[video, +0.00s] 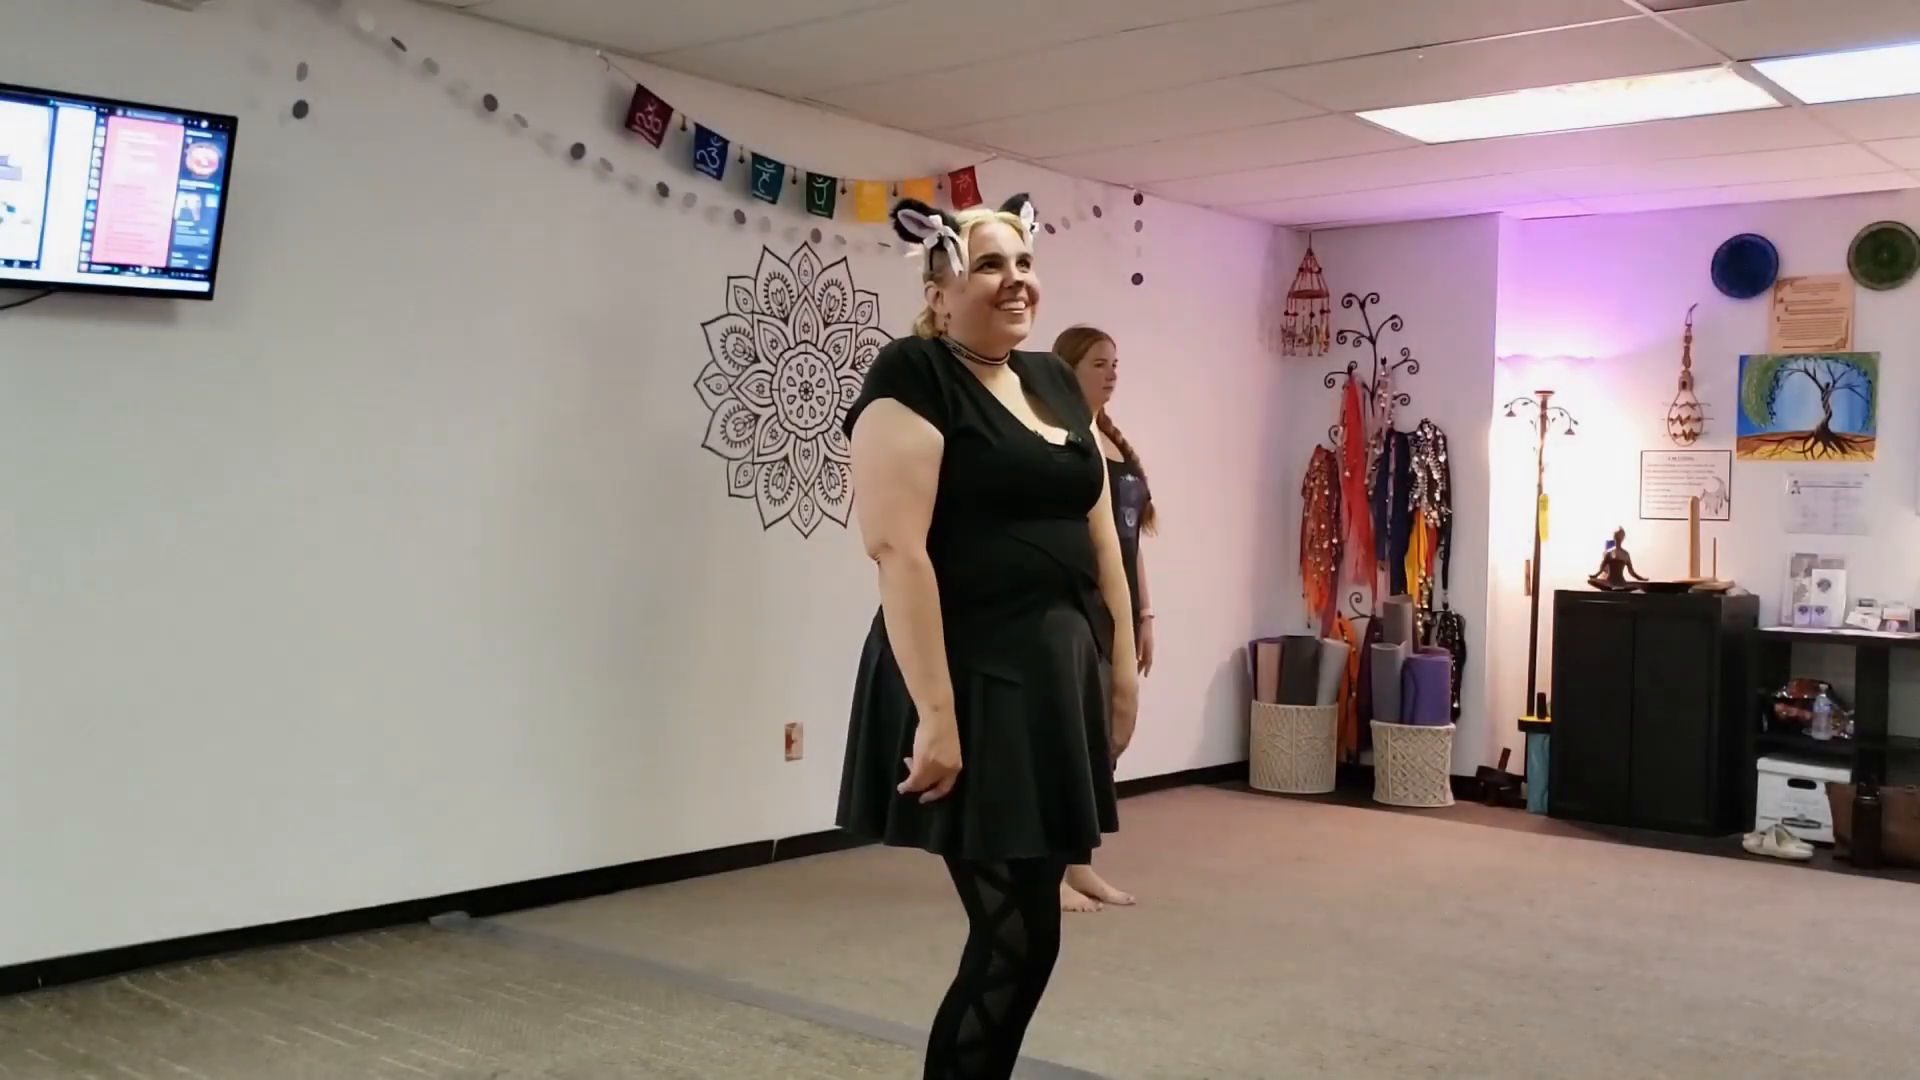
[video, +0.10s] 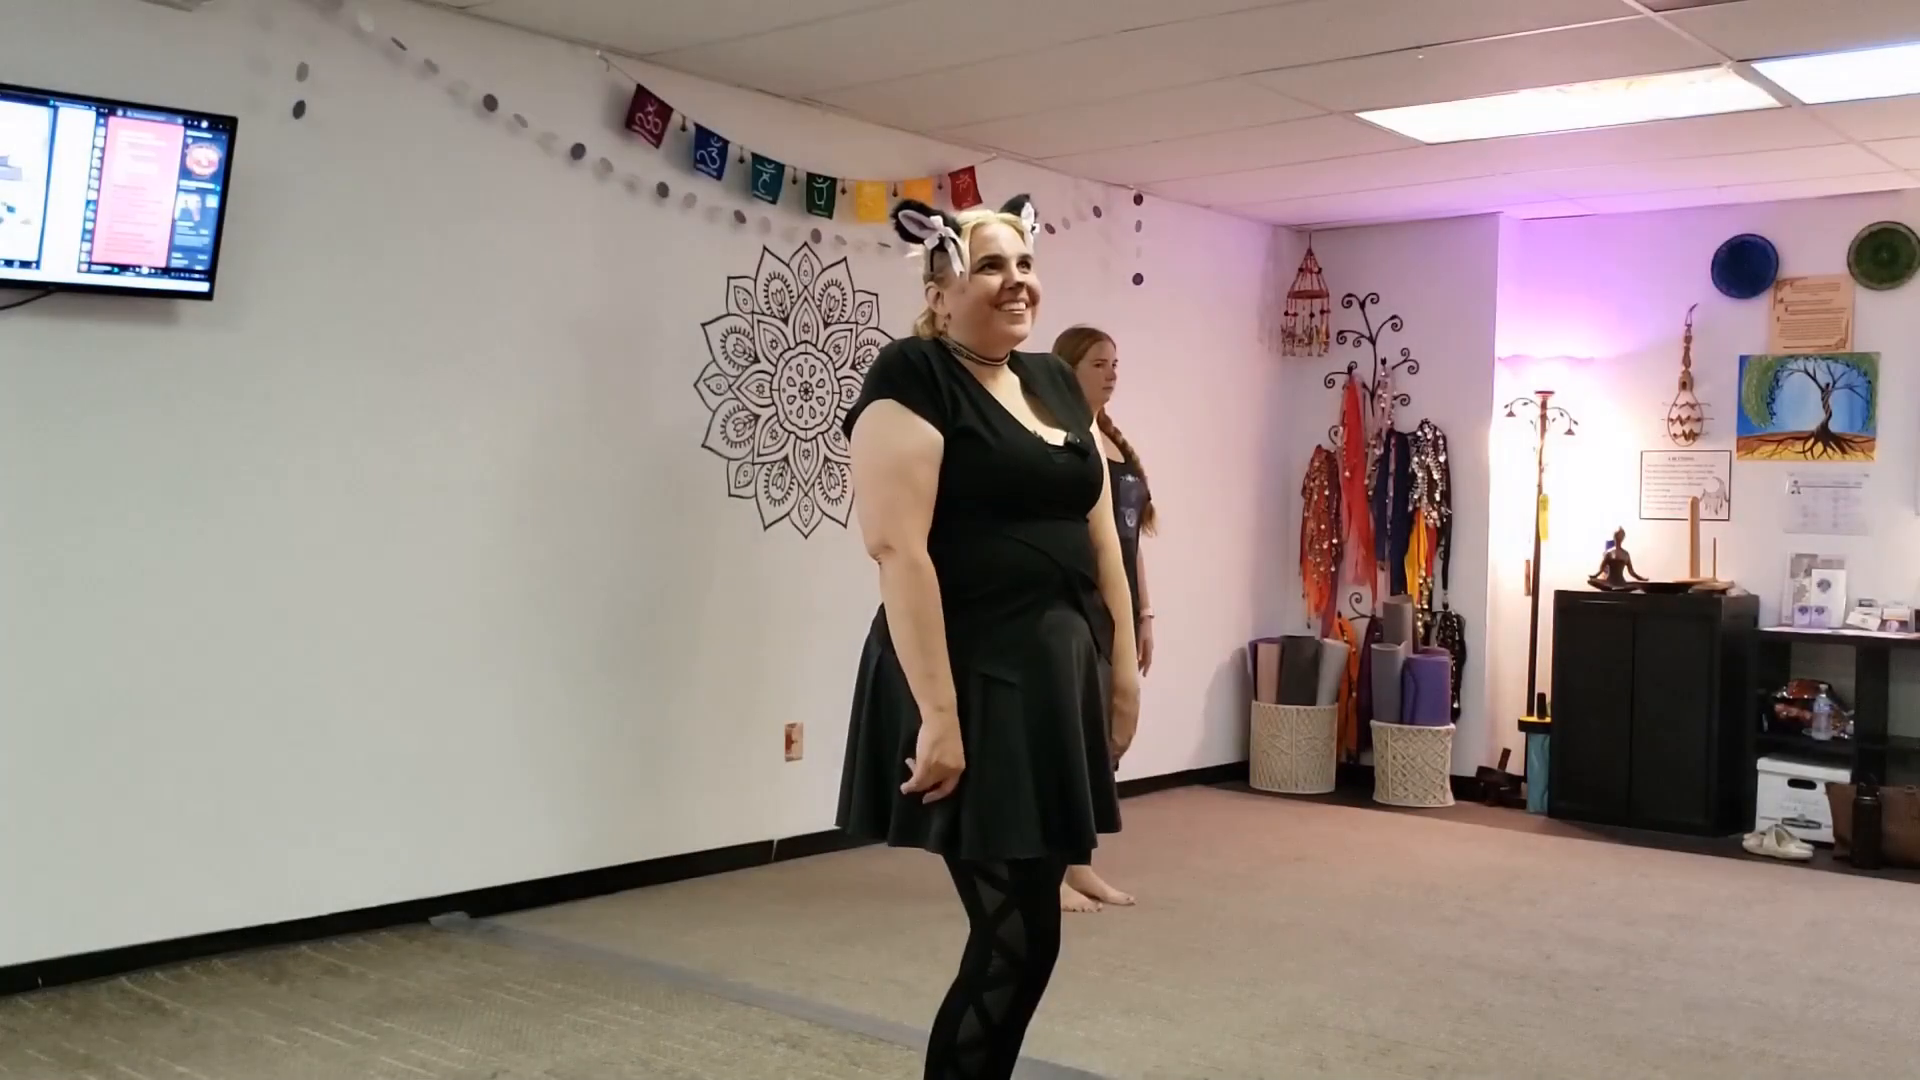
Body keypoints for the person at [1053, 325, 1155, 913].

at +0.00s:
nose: (1112, 374)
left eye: (1114, 364)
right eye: (1100, 364)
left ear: (1112, 373)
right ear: (1068, 370)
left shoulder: (1118, 443)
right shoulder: (1053, 438)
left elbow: (1130, 538)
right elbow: (1056, 532)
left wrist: (1144, 616)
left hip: (1112, 606)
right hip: (1063, 604)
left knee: (1095, 728)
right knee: (1057, 729)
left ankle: (1077, 859)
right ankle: (1048, 868)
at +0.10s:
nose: (1112, 374)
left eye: (1114, 364)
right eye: (1100, 365)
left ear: (1111, 372)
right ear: (1068, 370)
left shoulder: (1117, 442)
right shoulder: (1054, 437)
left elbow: (1130, 536)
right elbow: (1056, 532)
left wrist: (1144, 614)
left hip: (1111, 606)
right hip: (1063, 604)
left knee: (1091, 727)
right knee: (1055, 729)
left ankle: (1077, 859)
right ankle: (1048, 869)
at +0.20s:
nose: (1112, 374)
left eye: (1114, 365)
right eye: (1101, 365)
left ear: (1111, 372)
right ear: (1068, 370)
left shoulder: (1117, 442)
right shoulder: (1053, 436)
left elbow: (1131, 536)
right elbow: (1055, 531)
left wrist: (1143, 615)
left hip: (1110, 604)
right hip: (1062, 602)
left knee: (1088, 726)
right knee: (1053, 728)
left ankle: (1077, 859)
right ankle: (1047, 869)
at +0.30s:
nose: (1112, 373)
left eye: (1114, 364)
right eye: (1100, 364)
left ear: (1113, 372)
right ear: (1067, 370)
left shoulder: (1118, 442)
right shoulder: (1053, 436)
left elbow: (1132, 535)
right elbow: (1054, 530)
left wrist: (1144, 613)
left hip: (1110, 605)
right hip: (1062, 602)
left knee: (1088, 727)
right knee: (1056, 728)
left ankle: (1078, 859)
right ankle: (1050, 868)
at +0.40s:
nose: (1112, 374)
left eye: (1115, 364)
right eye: (1101, 365)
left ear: (1114, 372)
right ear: (1067, 370)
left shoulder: (1118, 442)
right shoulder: (1053, 435)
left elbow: (1131, 534)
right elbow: (1052, 529)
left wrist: (1144, 612)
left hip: (1111, 603)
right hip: (1061, 601)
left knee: (1091, 725)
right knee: (1055, 727)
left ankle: (1078, 858)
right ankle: (1049, 868)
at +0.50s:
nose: (1113, 374)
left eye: (1116, 365)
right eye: (1102, 365)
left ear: (1115, 373)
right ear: (1068, 371)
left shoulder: (1119, 443)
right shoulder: (1054, 436)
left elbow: (1131, 536)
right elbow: (1051, 530)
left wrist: (1145, 613)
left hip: (1112, 605)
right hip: (1062, 603)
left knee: (1092, 727)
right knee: (1057, 729)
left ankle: (1079, 858)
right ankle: (1051, 866)